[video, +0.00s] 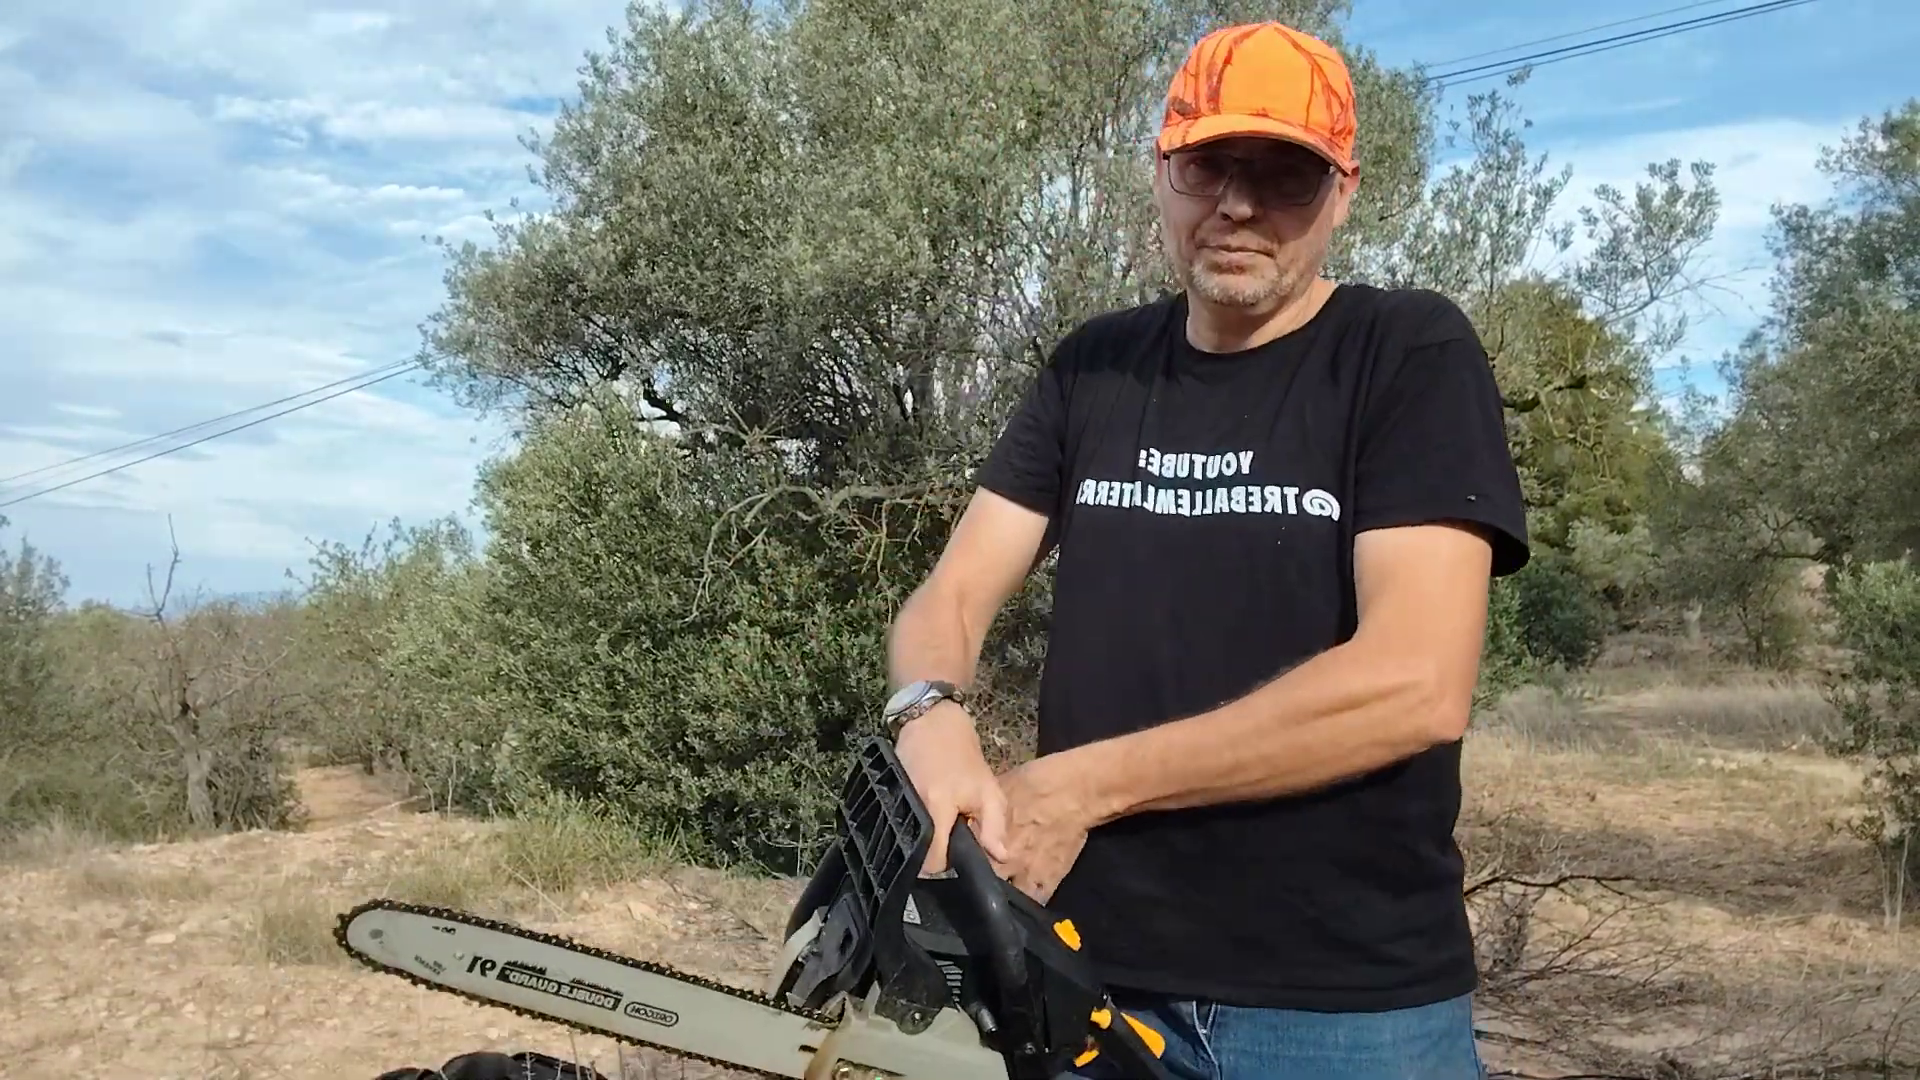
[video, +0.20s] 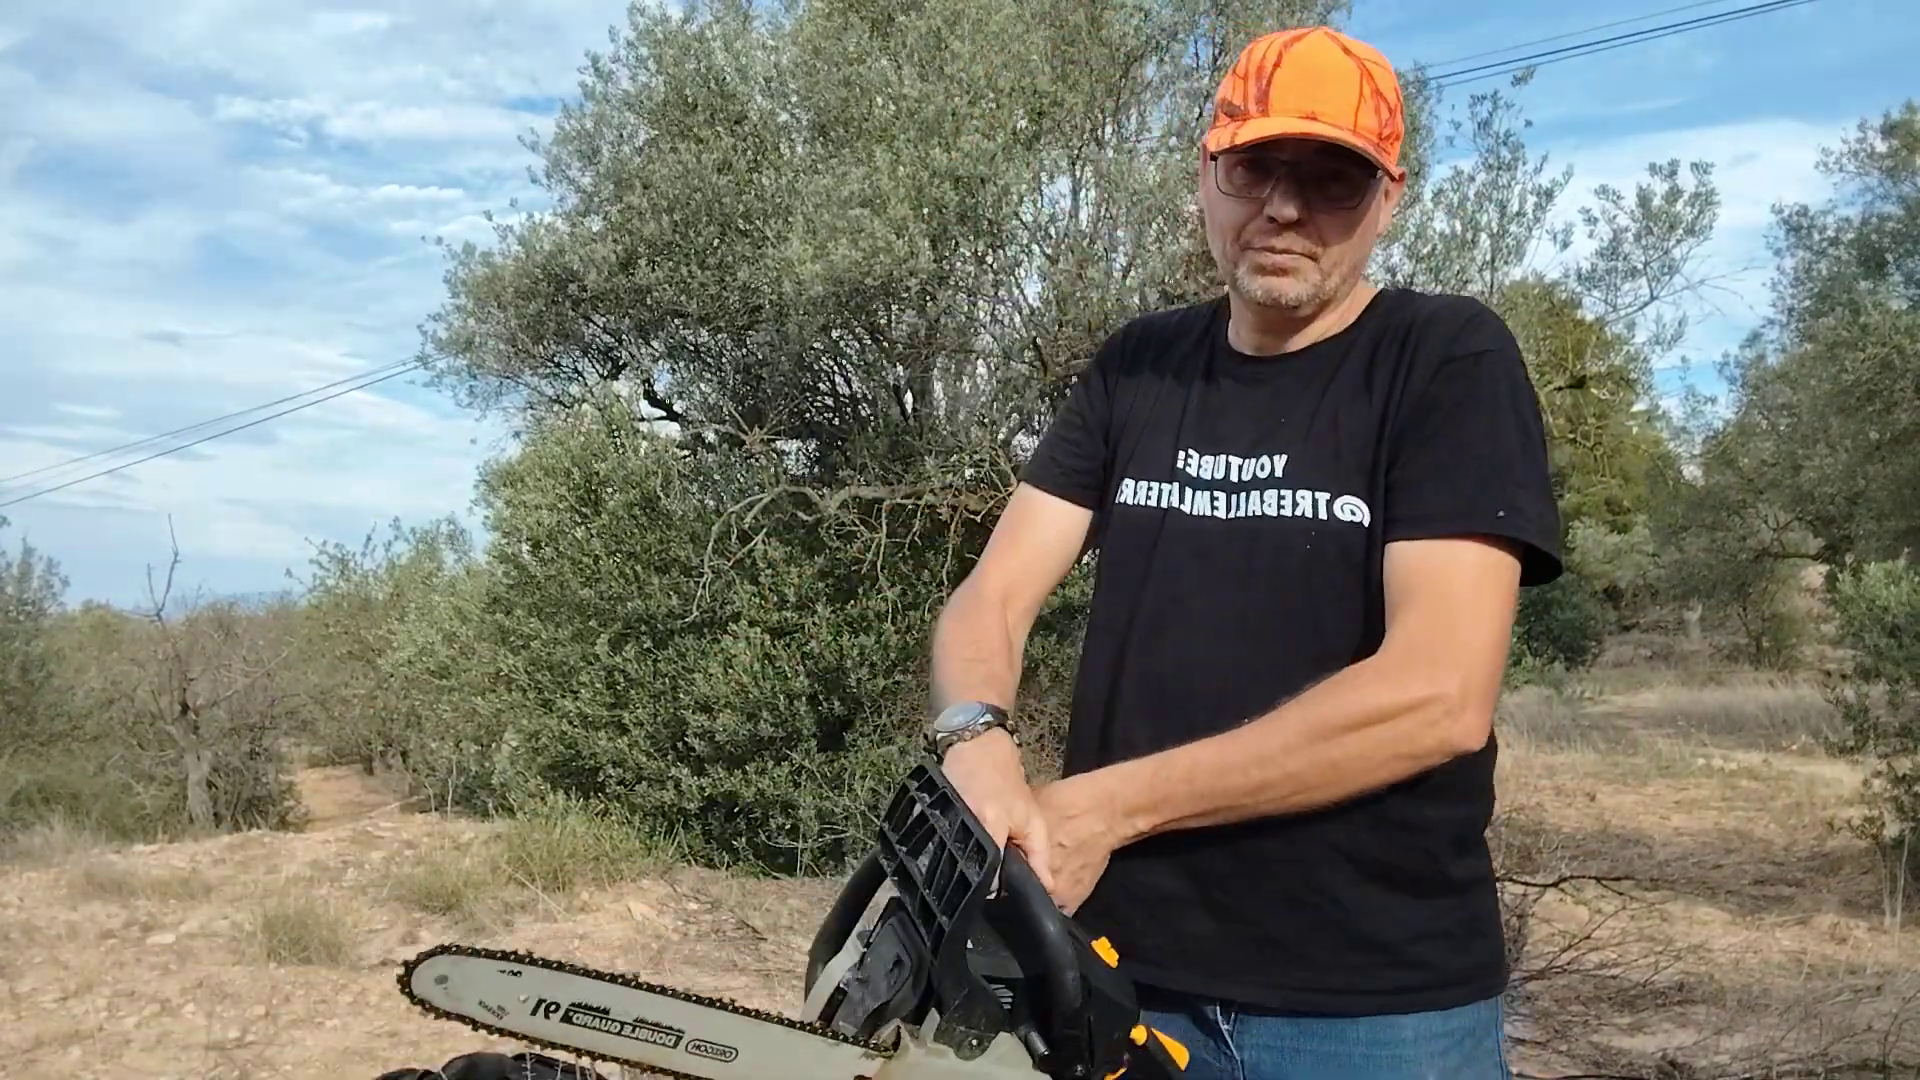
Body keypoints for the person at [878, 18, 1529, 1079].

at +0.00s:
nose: (1237, 207)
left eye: (1281, 175)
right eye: (1208, 168)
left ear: (1342, 195)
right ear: (1164, 179)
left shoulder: (1410, 350)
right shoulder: (1094, 364)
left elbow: (1417, 680)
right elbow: (948, 601)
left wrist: (1086, 785)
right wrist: (931, 719)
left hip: (1349, 1017)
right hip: (1095, 1000)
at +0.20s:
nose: (1281, 206)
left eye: (1326, 178)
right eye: (1252, 168)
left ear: (1387, 201)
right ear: (1205, 180)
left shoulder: (1448, 354)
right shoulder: (1139, 363)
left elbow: (1441, 692)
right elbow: (989, 603)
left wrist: (1109, 806)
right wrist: (973, 742)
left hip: (1379, 1018)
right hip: (1128, 997)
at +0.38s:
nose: (1303, 220)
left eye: (1348, 189)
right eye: (1276, 180)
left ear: (1403, 206)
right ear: (1224, 183)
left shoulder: (1481, 350)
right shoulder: (1143, 363)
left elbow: (1693, 602)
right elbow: (973, 584)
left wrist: (1395, 571)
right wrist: (966, 760)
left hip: (1390, 988)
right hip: (1121, 967)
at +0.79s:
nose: (1334, 207)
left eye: (1379, 175)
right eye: (1303, 163)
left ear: (1429, 193)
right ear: (1244, 160)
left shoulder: (1483, 367)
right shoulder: (1139, 345)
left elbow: (1638, 667)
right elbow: (987, 607)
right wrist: (1006, 833)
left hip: (1425, 1014)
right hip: (1159, 1000)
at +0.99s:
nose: (1337, 197)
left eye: (1385, 168)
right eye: (1307, 154)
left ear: (1433, 192)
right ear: (1246, 153)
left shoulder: (1485, 376)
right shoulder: (1136, 339)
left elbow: (1573, 687)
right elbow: (976, 595)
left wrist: (1381, 806)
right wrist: (1008, 761)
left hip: (1403, 1015)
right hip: (1138, 997)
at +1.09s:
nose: (1326, 195)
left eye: (1374, 166)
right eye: (1295, 151)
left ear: (1424, 192)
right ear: (1236, 153)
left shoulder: (1482, 381)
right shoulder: (1130, 339)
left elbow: (1575, 692)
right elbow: (965, 590)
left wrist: (1386, 859)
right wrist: (1016, 719)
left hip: (1392, 1013)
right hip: (1128, 995)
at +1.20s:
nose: (1317, 194)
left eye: (1363, 166)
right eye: (1286, 153)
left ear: (1412, 191)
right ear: (1228, 154)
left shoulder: (1470, 382)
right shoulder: (1119, 338)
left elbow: (1559, 703)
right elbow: (951, 583)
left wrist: (1349, 883)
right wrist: (1007, 662)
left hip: (1376, 1008)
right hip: (1109, 992)